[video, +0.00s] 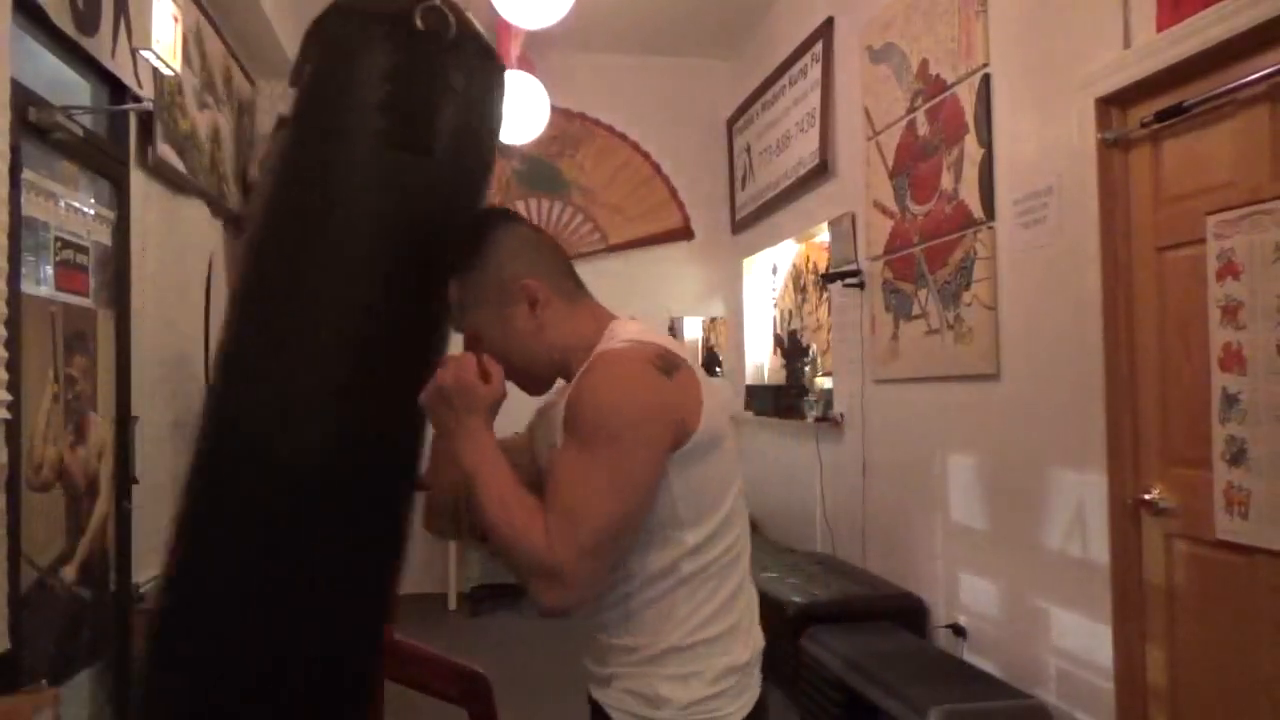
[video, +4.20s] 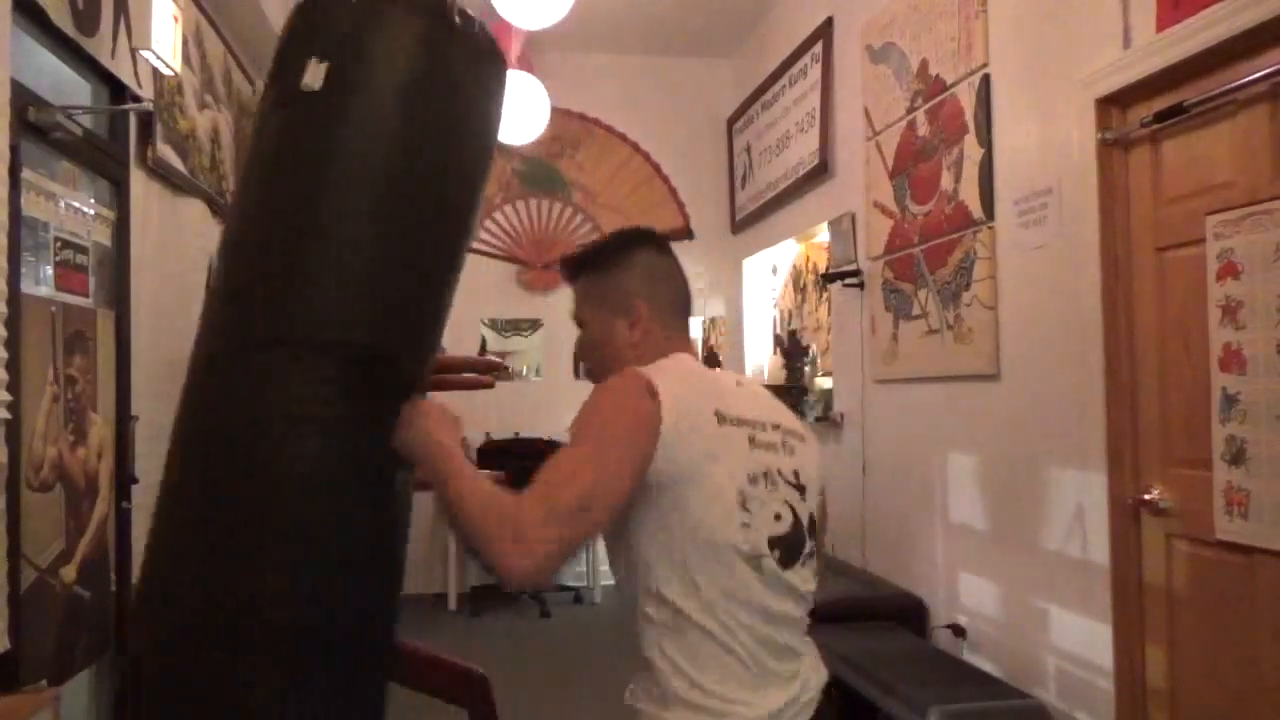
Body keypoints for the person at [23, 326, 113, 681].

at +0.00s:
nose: (70, 390)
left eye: (75, 382)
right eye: (65, 383)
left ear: (91, 385)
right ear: (60, 389)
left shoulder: (104, 430)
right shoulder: (64, 436)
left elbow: (106, 501)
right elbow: (38, 480)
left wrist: (76, 563)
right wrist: (47, 405)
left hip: (103, 551)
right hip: (74, 549)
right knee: (31, 603)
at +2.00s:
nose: (69, 391)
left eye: (75, 381)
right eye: (64, 383)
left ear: (91, 385)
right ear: (60, 389)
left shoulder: (105, 431)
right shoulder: (62, 437)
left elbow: (105, 501)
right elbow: (38, 481)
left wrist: (76, 562)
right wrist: (46, 401)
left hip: (104, 551)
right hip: (74, 550)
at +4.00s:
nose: (70, 391)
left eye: (76, 382)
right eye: (65, 383)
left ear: (90, 383)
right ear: (61, 389)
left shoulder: (104, 431)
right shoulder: (62, 439)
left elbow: (105, 501)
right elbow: (36, 479)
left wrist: (76, 562)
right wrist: (46, 401)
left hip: (103, 550)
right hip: (74, 551)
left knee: (101, 631)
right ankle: (58, 692)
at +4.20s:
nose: (70, 392)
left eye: (76, 383)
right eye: (65, 384)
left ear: (90, 384)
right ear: (61, 390)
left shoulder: (104, 431)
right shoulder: (63, 437)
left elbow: (105, 499)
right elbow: (37, 479)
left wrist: (76, 562)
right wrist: (47, 400)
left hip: (103, 553)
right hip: (74, 554)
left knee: (99, 631)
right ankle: (61, 690)